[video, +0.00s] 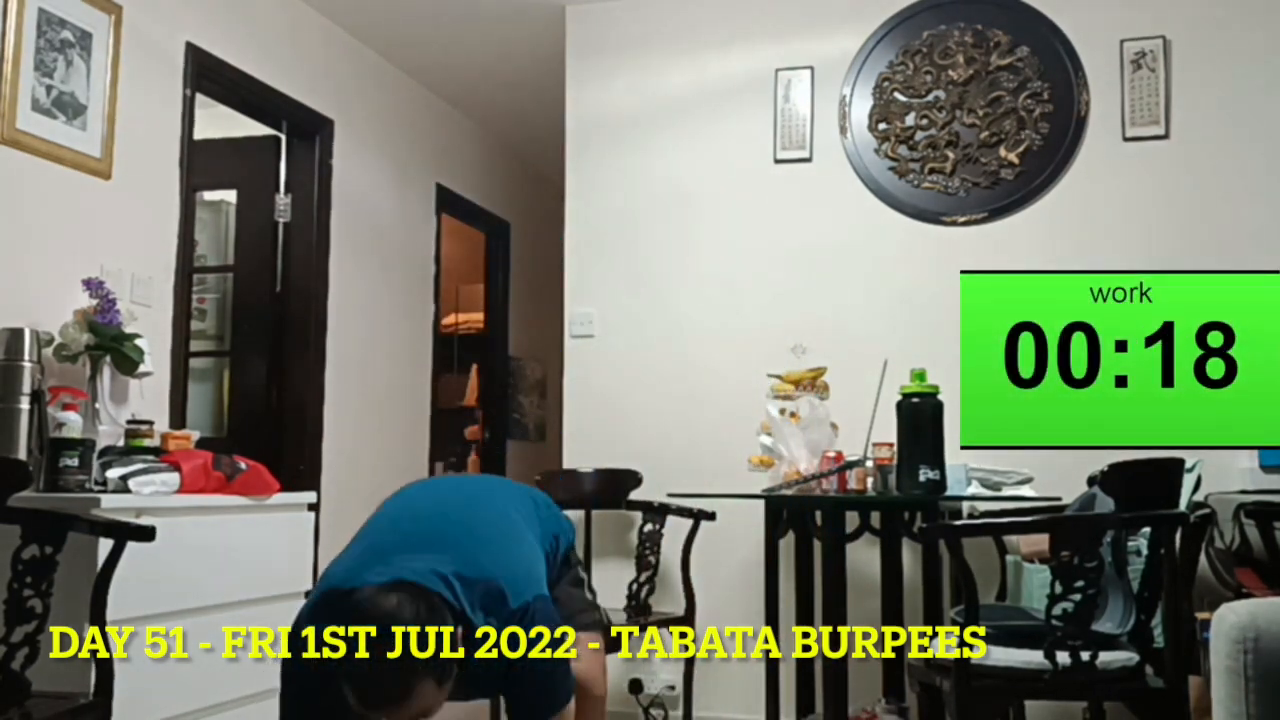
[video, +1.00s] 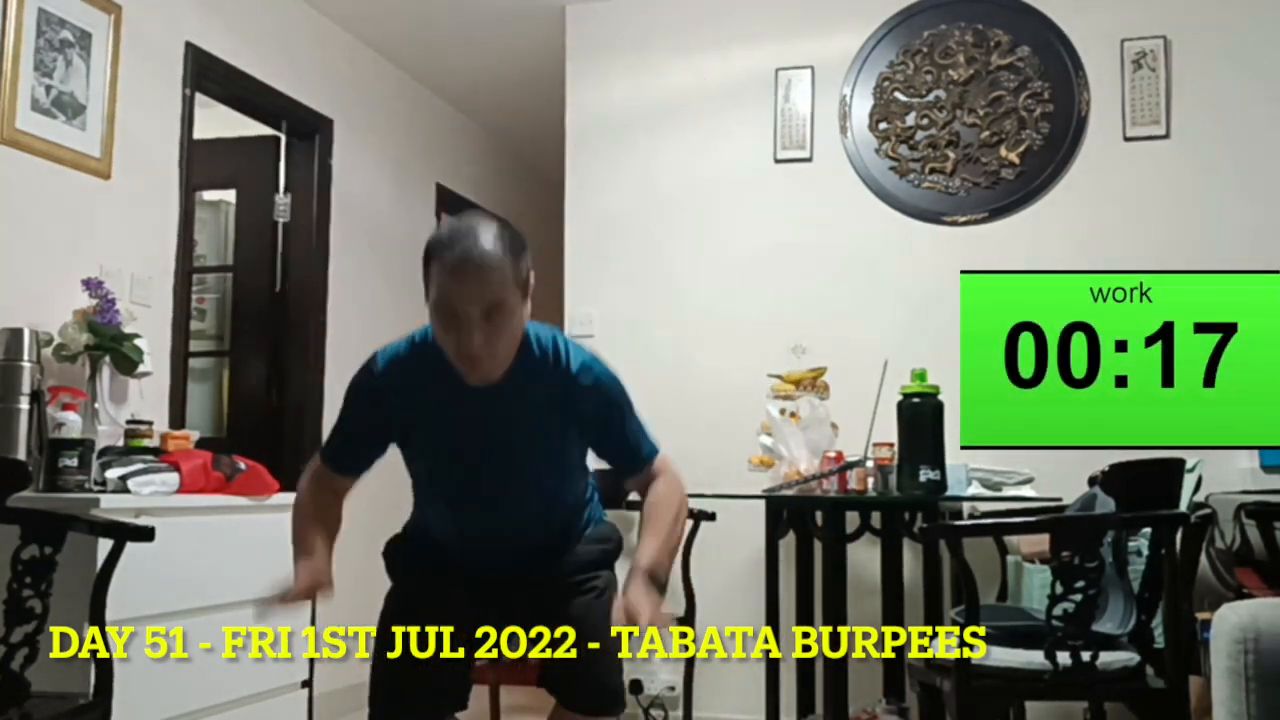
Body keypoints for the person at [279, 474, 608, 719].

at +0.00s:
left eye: (421, 715)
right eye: (385, 718)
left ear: (450, 667)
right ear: (343, 678)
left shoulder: (522, 620)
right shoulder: (310, 645)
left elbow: (554, 713)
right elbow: (301, 713)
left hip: (532, 517)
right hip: (411, 509)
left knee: (586, 678)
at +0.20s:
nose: (420, 457)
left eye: (440, 432)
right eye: (399, 436)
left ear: (482, 410)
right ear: (374, 419)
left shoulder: (541, 479)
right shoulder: (342, 479)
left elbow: (615, 609)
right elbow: (272, 623)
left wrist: (571, 707)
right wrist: (265, 715)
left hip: (516, 621)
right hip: (398, 615)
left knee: (552, 697)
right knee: (323, 703)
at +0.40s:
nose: (453, 154)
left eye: (474, 134)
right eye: (434, 134)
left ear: (511, 143)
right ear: (414, 146)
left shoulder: (556, 238)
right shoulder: (375, 241)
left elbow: (673, 325)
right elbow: (272, 316)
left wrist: (606, 294)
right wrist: (263, 260)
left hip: (531, 504)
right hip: (411, 498)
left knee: (538, 689)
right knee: (369, 679)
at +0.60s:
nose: (472, 25)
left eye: (491, 9)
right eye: (454, 9)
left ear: (525, 14)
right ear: (433, 18)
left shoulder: (572, 93)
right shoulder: (395, 94)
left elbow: (677, 23)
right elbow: (283, 37)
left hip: (539, 377)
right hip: (424, 375)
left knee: (544, 581)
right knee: (417, 579)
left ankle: (559, 717)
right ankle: (421, 719)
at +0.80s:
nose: (490, 101)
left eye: (508, 85)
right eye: (472, 86)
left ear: (538, 98)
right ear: (447, 98)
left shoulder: (579, 173)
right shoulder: (407, 172)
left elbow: (692, 148)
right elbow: (278, 175)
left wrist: (631, 59)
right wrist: (312, 86)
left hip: (547, 446)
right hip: (435, 445)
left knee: (559, 664)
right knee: (432, 666)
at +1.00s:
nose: (472, 343)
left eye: (493, 316)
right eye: (452, 319)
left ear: (527, 295)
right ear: (428, 303)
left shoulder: (575, 376)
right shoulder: (392, 379)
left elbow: (663, 482)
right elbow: (325, 481)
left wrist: (646, 578)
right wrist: (313, 559)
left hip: (561, 563)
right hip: (443, 563)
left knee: (595, 691)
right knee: (399, 701)